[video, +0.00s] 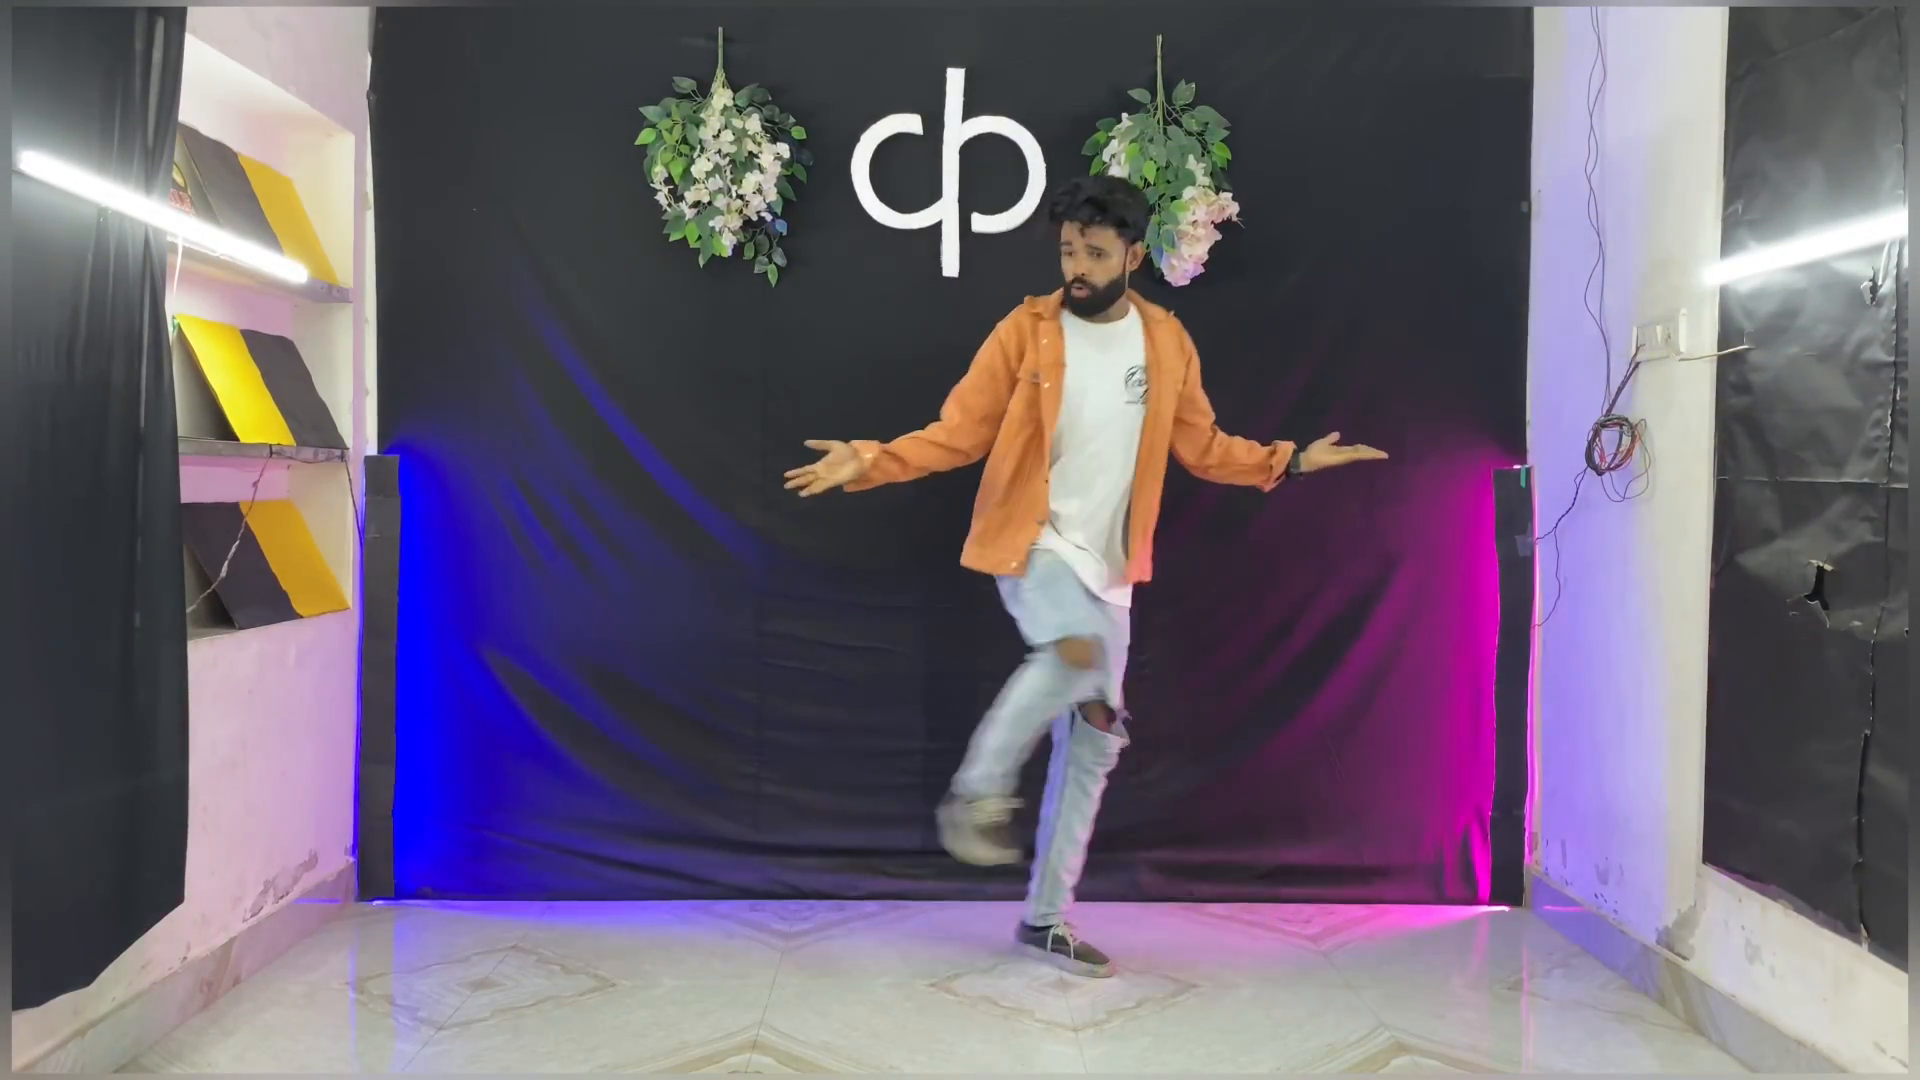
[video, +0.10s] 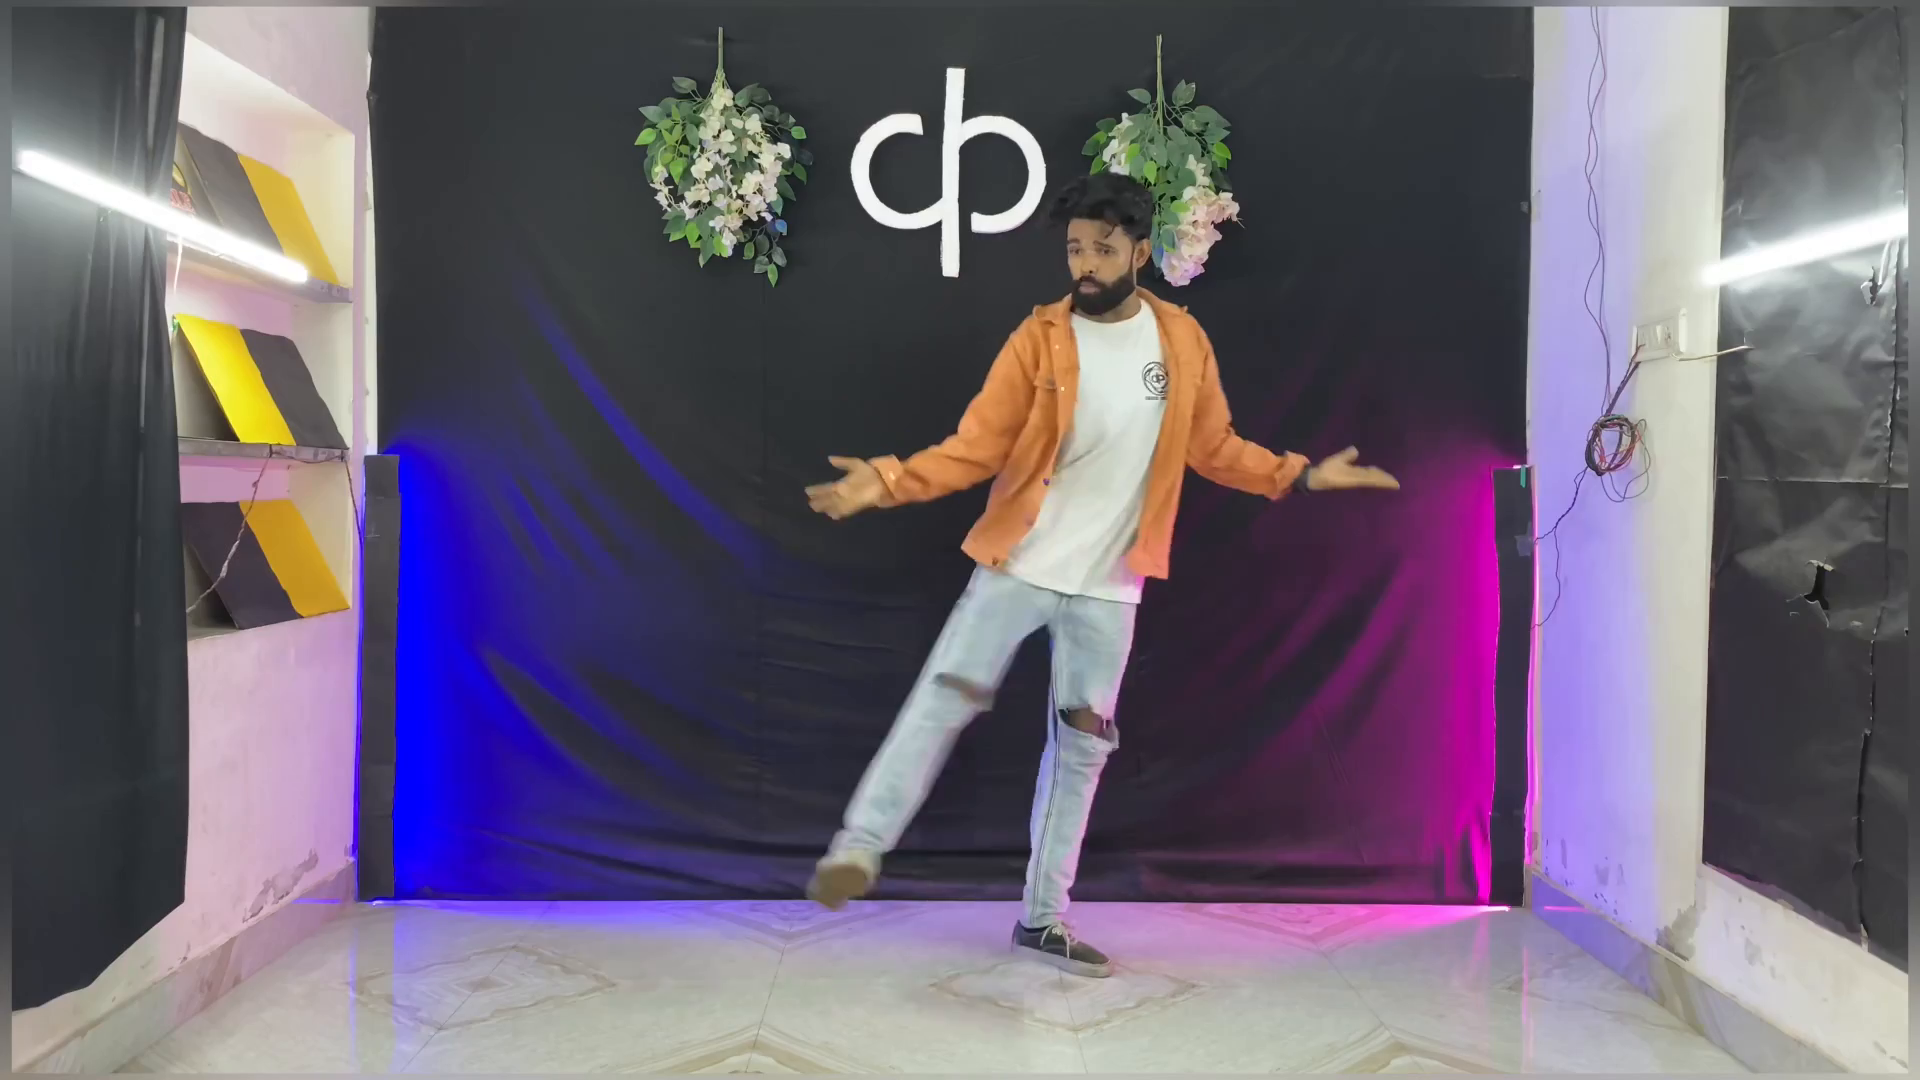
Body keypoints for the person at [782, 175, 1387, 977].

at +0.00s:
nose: (1077, 264)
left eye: (1095, 249)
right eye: (1069, 247)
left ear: (1133, 252)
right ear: (1058, 246)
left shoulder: (1165, 340)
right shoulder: (1028, 329)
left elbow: (1202, 448)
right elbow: (960, 433)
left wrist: (1295, 458)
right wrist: (868, 461)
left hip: (1109, 563)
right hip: (1028, 541)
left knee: (1095, 735)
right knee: (1076, 652)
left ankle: (1045, 919)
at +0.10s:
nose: (1083, 263)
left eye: (1101, 248)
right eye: (1074, 247)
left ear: (1141, 250)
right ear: (1066, 248)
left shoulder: (1182, 339)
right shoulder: (1043, 336)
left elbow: (1213, 447)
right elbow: (978, 444)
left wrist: (1303, 473)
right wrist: (887, 479)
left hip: (1111, 578)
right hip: (1019, 560)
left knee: (1083, 742)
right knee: (948, 693)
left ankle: (1042, 916)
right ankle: (857, 852)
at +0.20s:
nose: (1095, 258)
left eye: (1114, 242)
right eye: (1083, 241)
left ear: (1146, 249)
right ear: (1067, 249)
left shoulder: (1191, 341)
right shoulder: (1045, 343)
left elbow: (1234, 443)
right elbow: (993, 451)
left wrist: (1318, 490)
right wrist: (934, 490)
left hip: (1115, 583)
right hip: (1019, 557)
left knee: (1089, 747)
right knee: (935, 678)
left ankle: (1043, 919)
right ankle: (831, 834)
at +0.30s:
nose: (1109, 256)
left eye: (1126, 242)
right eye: (1095, 240)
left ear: (1153, 252)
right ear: (1075, 250)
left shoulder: (1197, 347)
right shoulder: (1050, 348)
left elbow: (1234, 447)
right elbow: (990, 452)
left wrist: (1288, 474)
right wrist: (1001, 460)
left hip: (1131, 595)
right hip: (1038, 575)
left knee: (1093, 754)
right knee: (956, 705)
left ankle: (1044, 917)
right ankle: (847, 842)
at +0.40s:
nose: (1143, 251)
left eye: (1162, 239)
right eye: (1129, 235)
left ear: (1185, 254)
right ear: (1105, 246)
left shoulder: (1210, 357)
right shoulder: (1064, 333)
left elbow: (1252, 469)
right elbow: (987, 413)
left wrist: (1225, 430)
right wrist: (1065, 407)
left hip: (1142, 591)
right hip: (1046, 575)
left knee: (1106, 748)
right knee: (1004, 726)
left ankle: (1050, 910)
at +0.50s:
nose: (1186, 270)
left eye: (1205, 263)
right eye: (1175, 253)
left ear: (1221, 288)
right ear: (1146, 261)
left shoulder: (1218, 375)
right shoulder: (1075, 336)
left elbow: (1253, 493)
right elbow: (991, 404)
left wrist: (1209, 449)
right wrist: (1074, 408)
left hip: (1137, 575)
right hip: (1045, 570)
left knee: (1136, 712)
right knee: (1068, 741)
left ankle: (1058, 868)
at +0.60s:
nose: (1181, 305)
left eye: (1199, 301)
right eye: (1171, 290)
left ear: (1212, 328)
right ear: (1142, 301)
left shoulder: (1211, 413)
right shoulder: (1072, 375)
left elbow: (1243, 529)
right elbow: (992, 454)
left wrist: (1196, 488)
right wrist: (1066, 459)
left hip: (1158, 591)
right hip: (1069, 598)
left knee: (1146, 696)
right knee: (1136, 772)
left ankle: (1019, 826)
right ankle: (1210, 895)